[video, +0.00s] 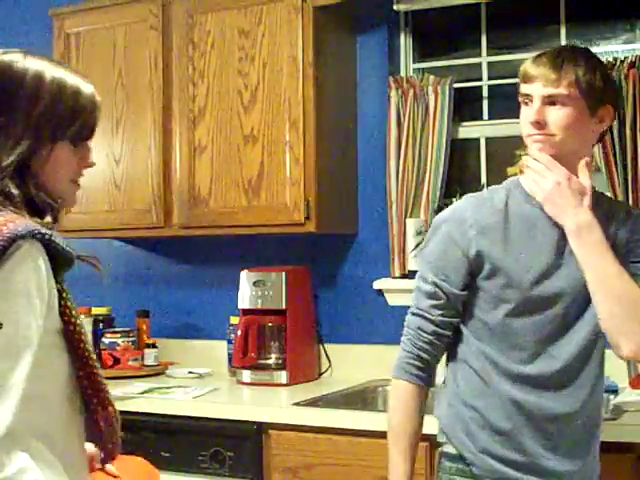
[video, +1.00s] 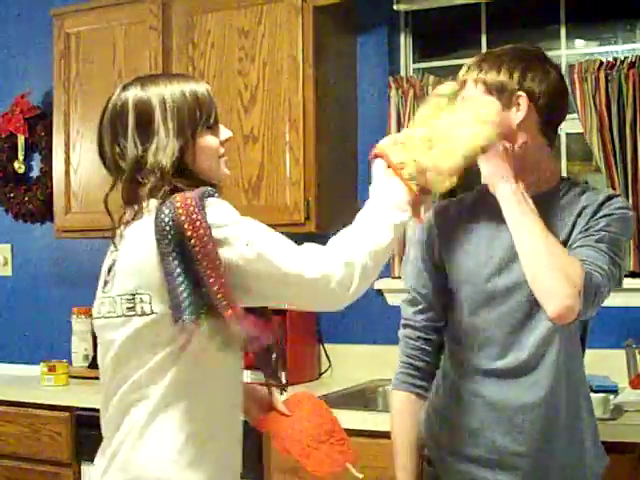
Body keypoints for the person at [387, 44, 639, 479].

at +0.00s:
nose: (534, 118)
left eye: (555, 102)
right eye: (526, 102)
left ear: (601, 120)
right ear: (518, 110)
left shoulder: (622, 227)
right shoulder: (468, 222)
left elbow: (631, 343)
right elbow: (414, 362)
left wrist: (577, 220)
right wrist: (400, 475)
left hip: (573, 466)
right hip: (473, 461)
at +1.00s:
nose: (458, 116)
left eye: (469, 99)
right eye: (460, 101)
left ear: (518, 109)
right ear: (517, 110)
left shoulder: (600, 211)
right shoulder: (440, 222)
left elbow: (565, 303)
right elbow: (414, 359)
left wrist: (504, 184)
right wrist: (405, 473)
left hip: (557, 461)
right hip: (457, 458)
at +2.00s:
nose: (619, 141)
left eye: (637, 132)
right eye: (611, 118)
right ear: (580, 116)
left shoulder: (629, 244)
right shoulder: (477, 211)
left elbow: (629, 357)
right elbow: (416, 337)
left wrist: (526, 272)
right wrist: (381, 456)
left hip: (566, 469)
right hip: (459, 463)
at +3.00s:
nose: (624, 142)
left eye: (639, 131)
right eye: (614, 123)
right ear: (594, 129)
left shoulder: (632, 265)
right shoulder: (511, 199)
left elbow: (637, 374)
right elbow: (406, 284)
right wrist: (378, 384)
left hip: (579, 466)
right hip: (484, 459)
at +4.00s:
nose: (591, 153)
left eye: (614, 143)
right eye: (584, 135)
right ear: (573, 139)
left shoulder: (614, 296)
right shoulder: (490, 203)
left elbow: (615, 428)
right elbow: (367, 255)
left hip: (527, 468)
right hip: (436, 459)